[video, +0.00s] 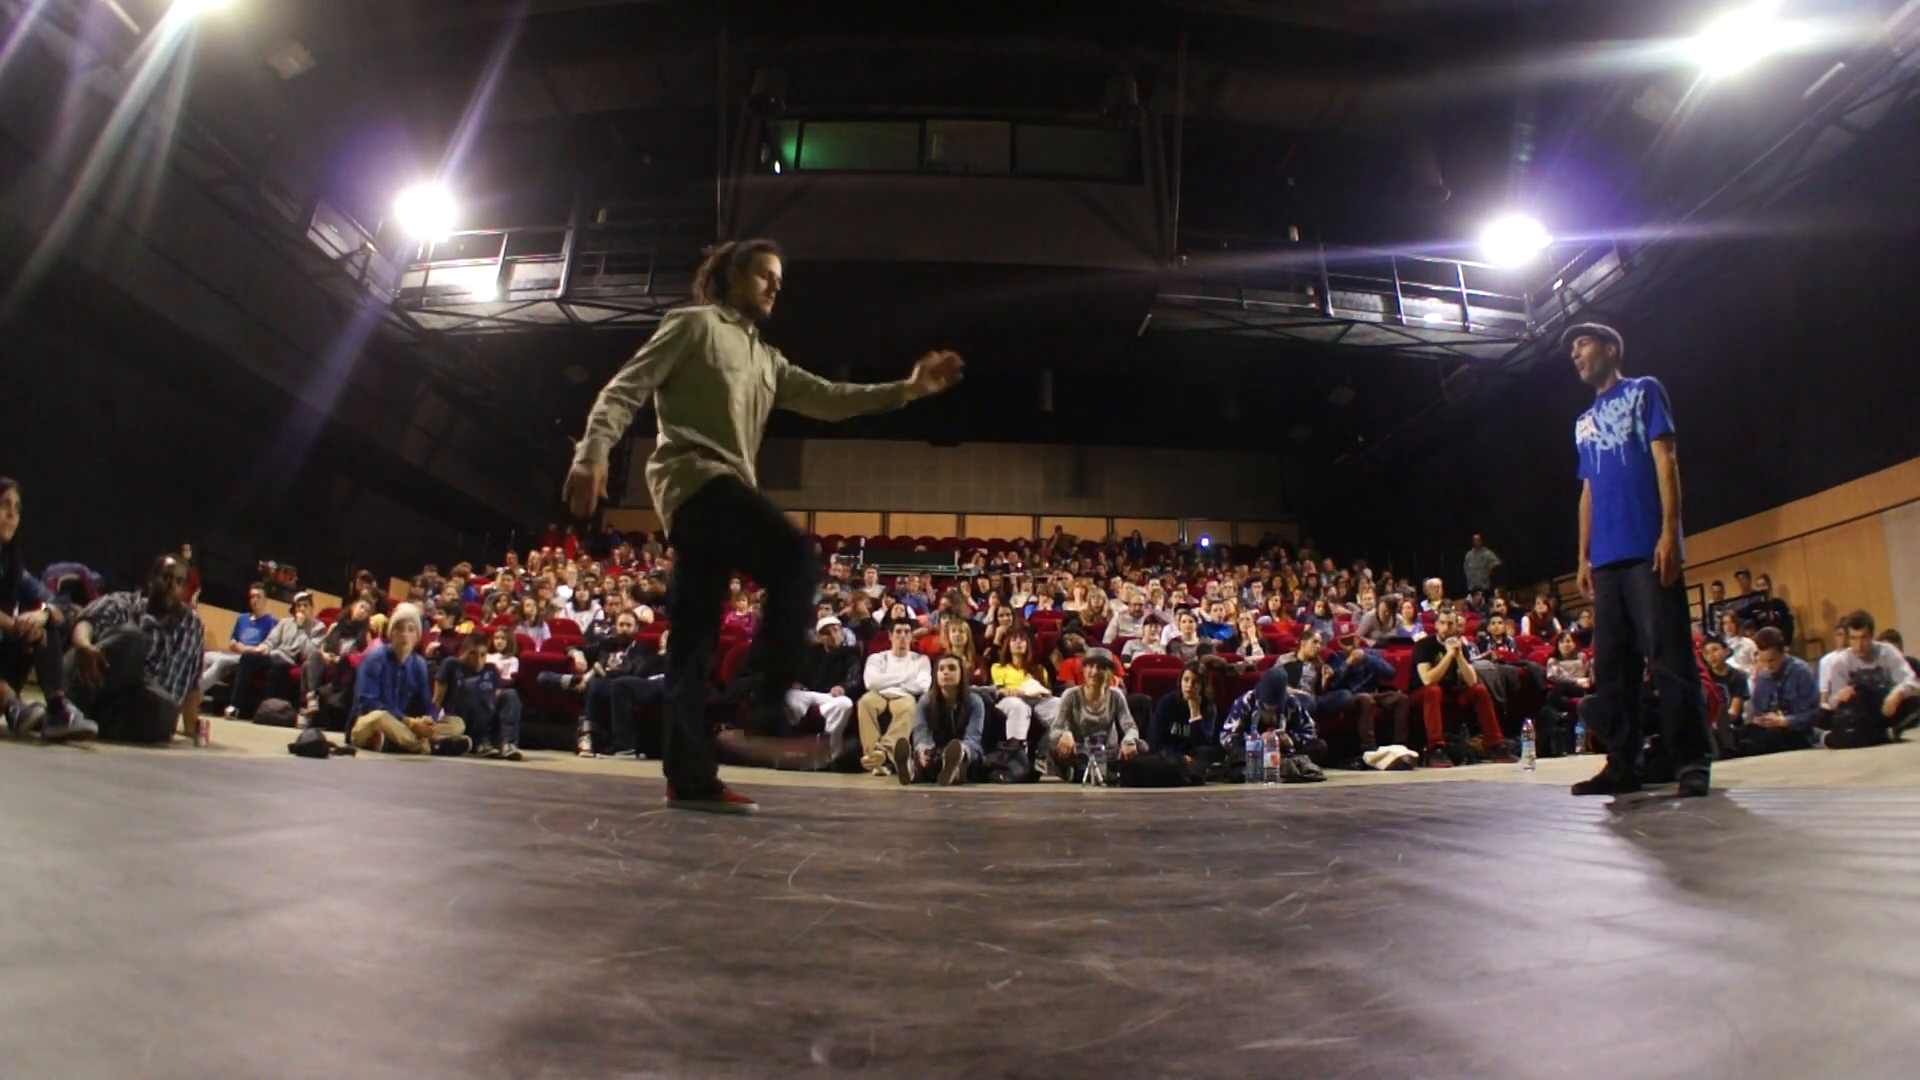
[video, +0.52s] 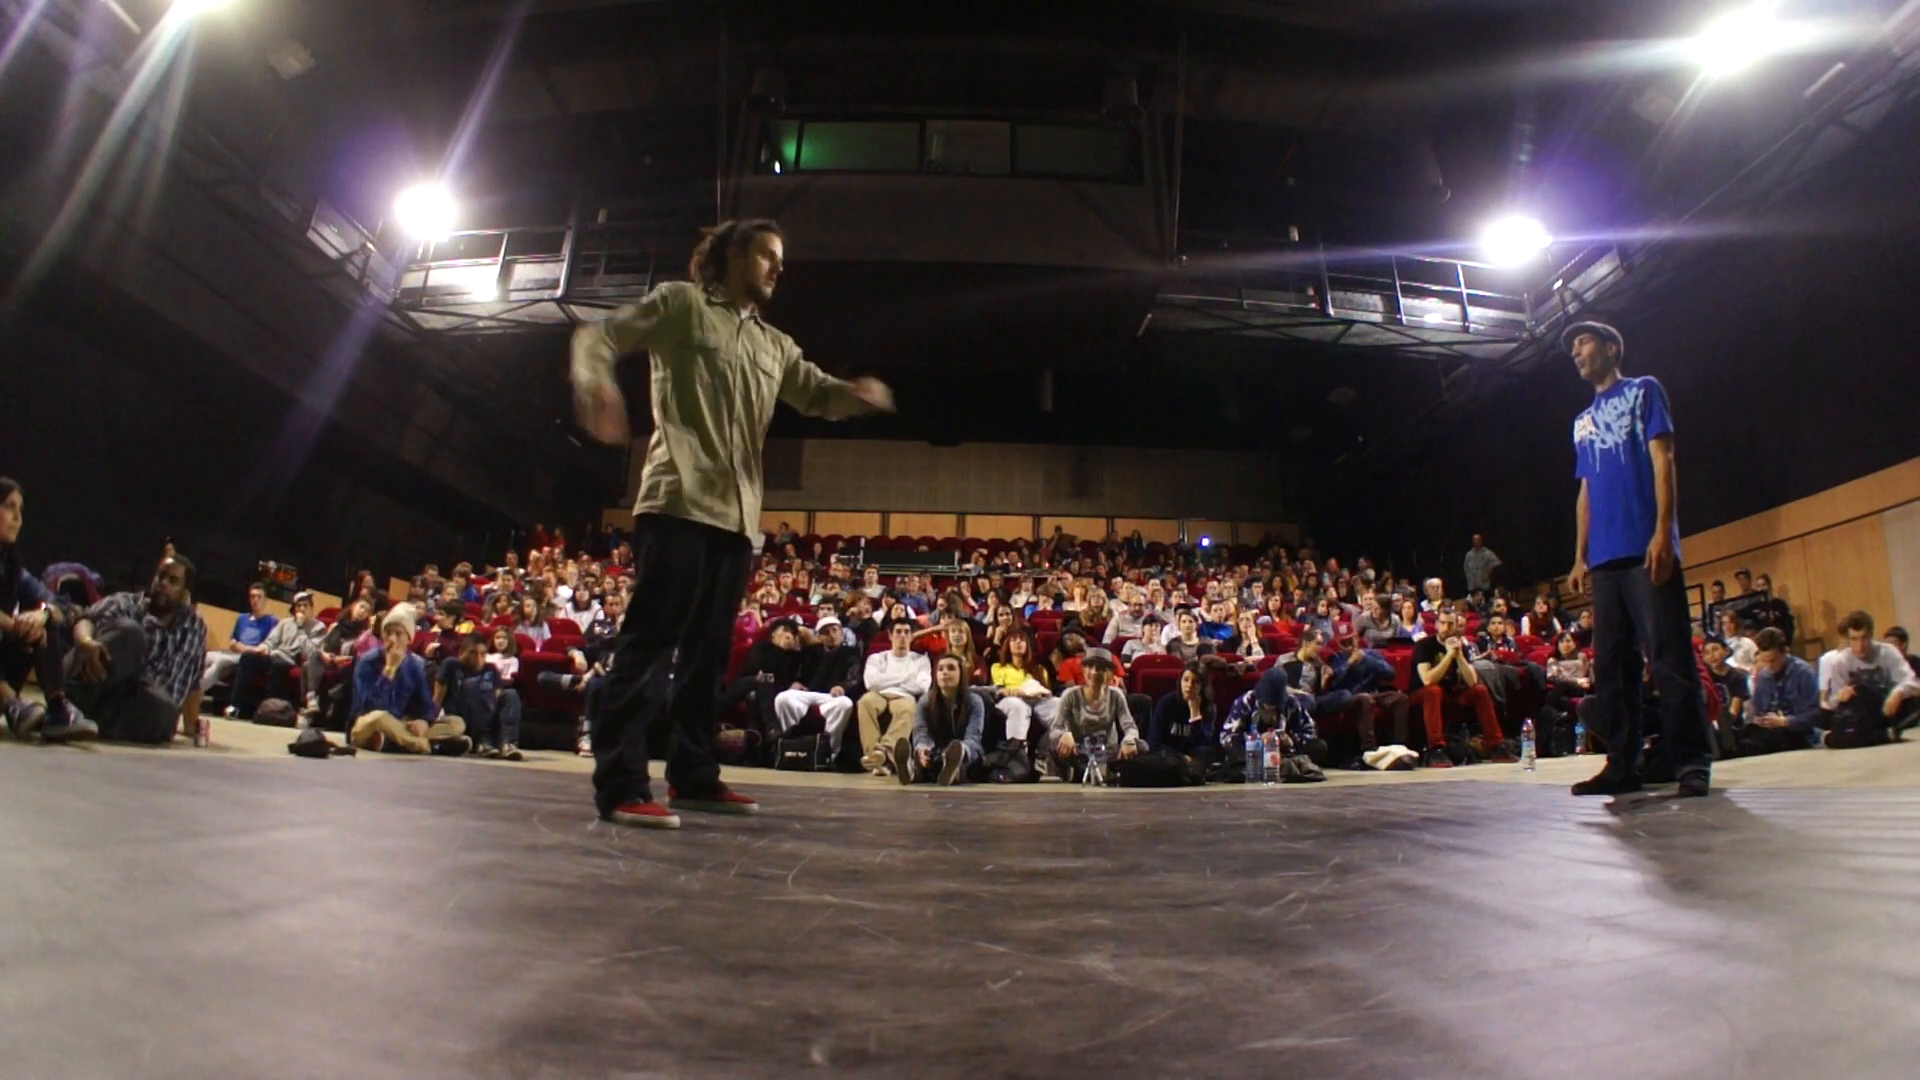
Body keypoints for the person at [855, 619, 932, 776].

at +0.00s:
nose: (902, 636)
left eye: (906, 632)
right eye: (898, 632)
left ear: (911, 637)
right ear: (890, 636)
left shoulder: (921, 659)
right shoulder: (875, 658)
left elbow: (922, 686)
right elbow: (871, 682)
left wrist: (887, 683)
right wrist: (906, 677)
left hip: (904, 694)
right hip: (880, 693)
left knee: (907, 710)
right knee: (865, 703)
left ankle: (884, 750)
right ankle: (876, 761)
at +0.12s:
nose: (902, 636)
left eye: (906, 632)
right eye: (898, 632)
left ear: (912, 636)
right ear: (890, 636)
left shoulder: (921, 659)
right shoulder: (875, 658)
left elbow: (922, 686)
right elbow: (871, 682)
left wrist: (887, 683)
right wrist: (905, 677)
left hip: (904, 694)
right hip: (879, 692)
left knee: (907, 710)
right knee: (865, 703)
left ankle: (884, 750)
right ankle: (875, 761)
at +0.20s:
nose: (902, 636)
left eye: (906, 632)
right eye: (898, 632)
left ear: (911, 636)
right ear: (890, 636)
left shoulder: (921, 659)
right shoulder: (876, 658)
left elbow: (922, 686)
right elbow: (871, 682)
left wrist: (887, 683)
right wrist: (905, 677)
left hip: (904, 694)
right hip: (879, 692)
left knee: (907, 710)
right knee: (865, 703)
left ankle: (884, 750)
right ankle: (875, 761)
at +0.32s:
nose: (902, 636)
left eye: (906, 632)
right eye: (898, 632)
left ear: (911, 636)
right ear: (891, 635)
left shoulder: (921, 659)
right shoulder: (876, 658)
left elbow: (922, 686)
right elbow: (871, 682)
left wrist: (888, 682)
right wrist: (904, 678)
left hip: (904, 694)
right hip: (880, 692)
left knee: (906, 710)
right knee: (865, 703)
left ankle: (885, 749)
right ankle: (876, 760)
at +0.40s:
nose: (902, 636)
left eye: (906, 632)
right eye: (898, 632)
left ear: (911, 636)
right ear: (890, 635)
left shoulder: (921, 659)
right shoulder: (876, 658)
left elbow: (921, 686)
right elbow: (871, 682)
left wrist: (887, 683)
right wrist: (905, 677)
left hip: (904, 695)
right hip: (880, 692)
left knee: (907, 710)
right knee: (865, 703)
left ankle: (885, 749)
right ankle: (875, 760)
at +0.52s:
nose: (902, 636)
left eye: (906, 632)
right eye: (898, 632)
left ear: (911, 636)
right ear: (890, 635)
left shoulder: (921, 659)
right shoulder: (876, 658)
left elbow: (921, 687)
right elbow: (871, 682)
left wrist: (887, 682)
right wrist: (905, 677)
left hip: (904, 695)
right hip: (880, 692)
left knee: (907, 710)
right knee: (865, 703)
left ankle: (885, 749)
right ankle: (875, 760)